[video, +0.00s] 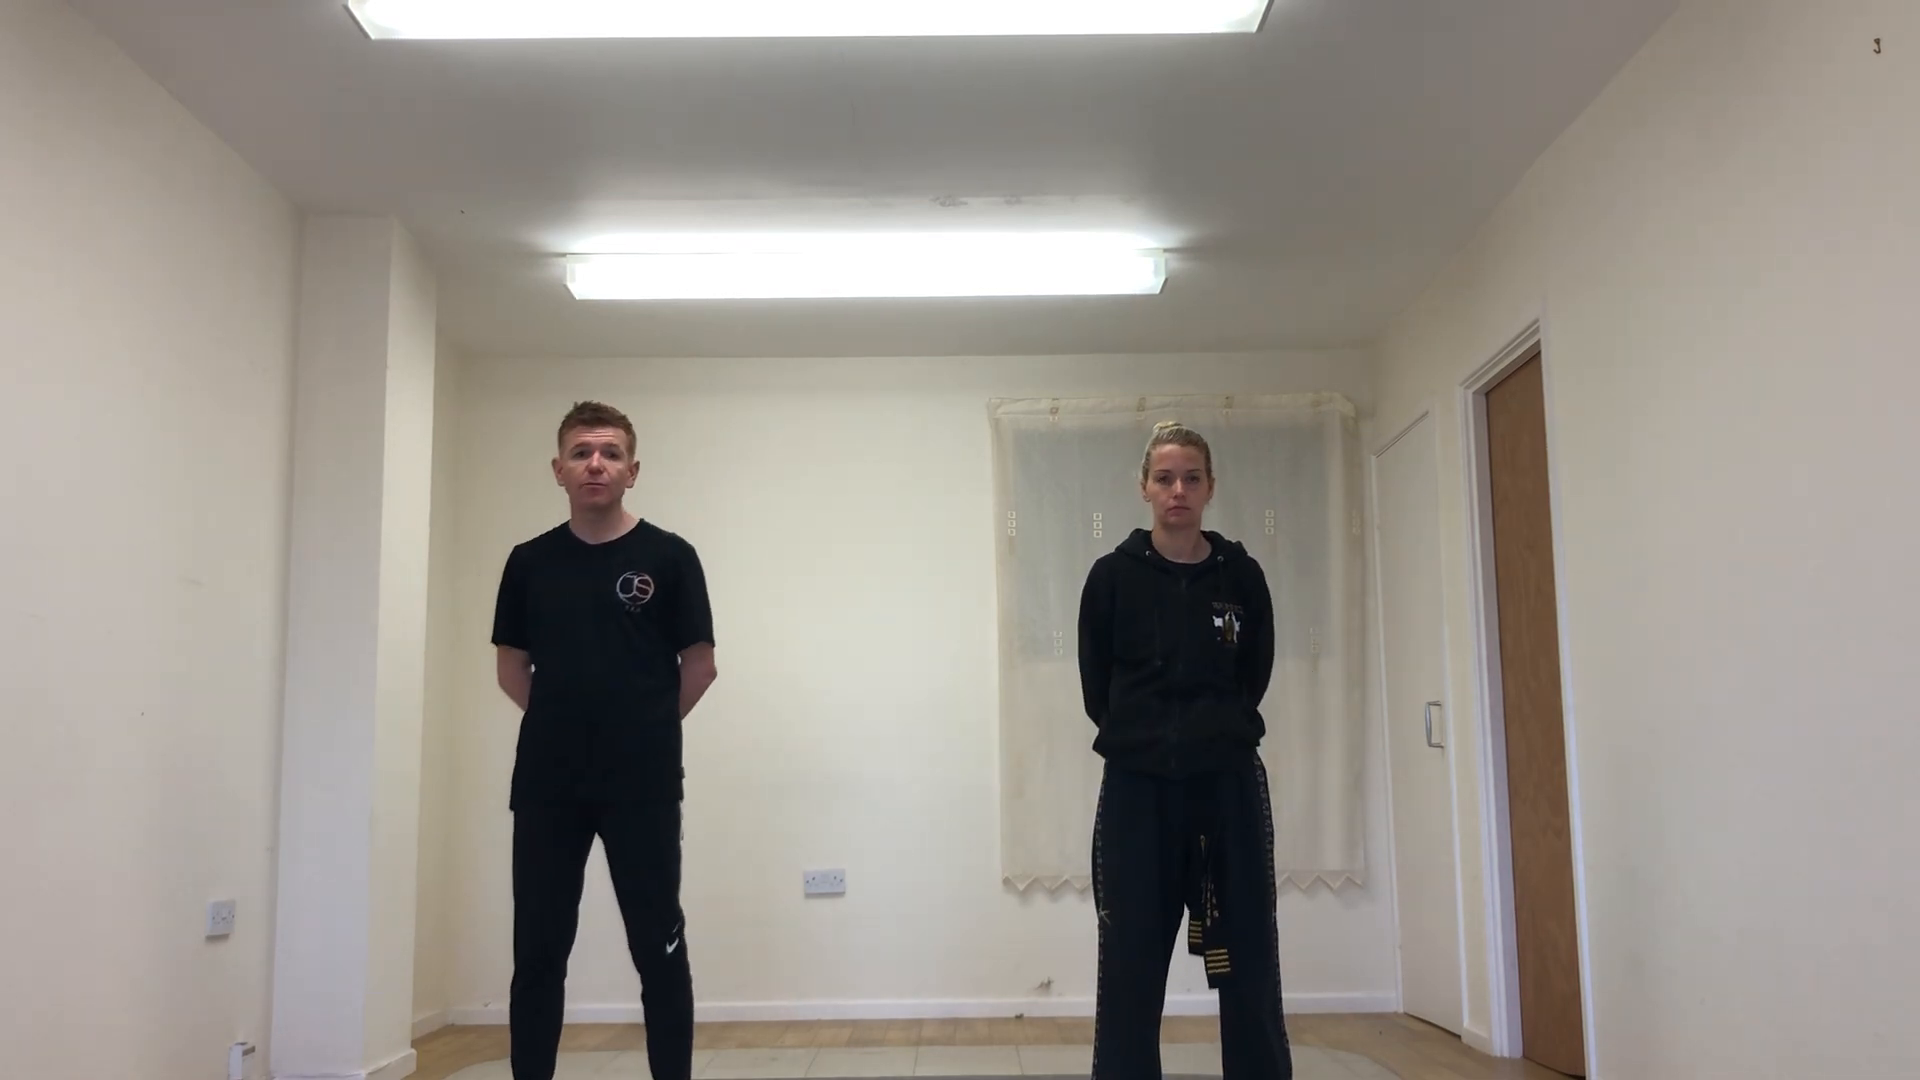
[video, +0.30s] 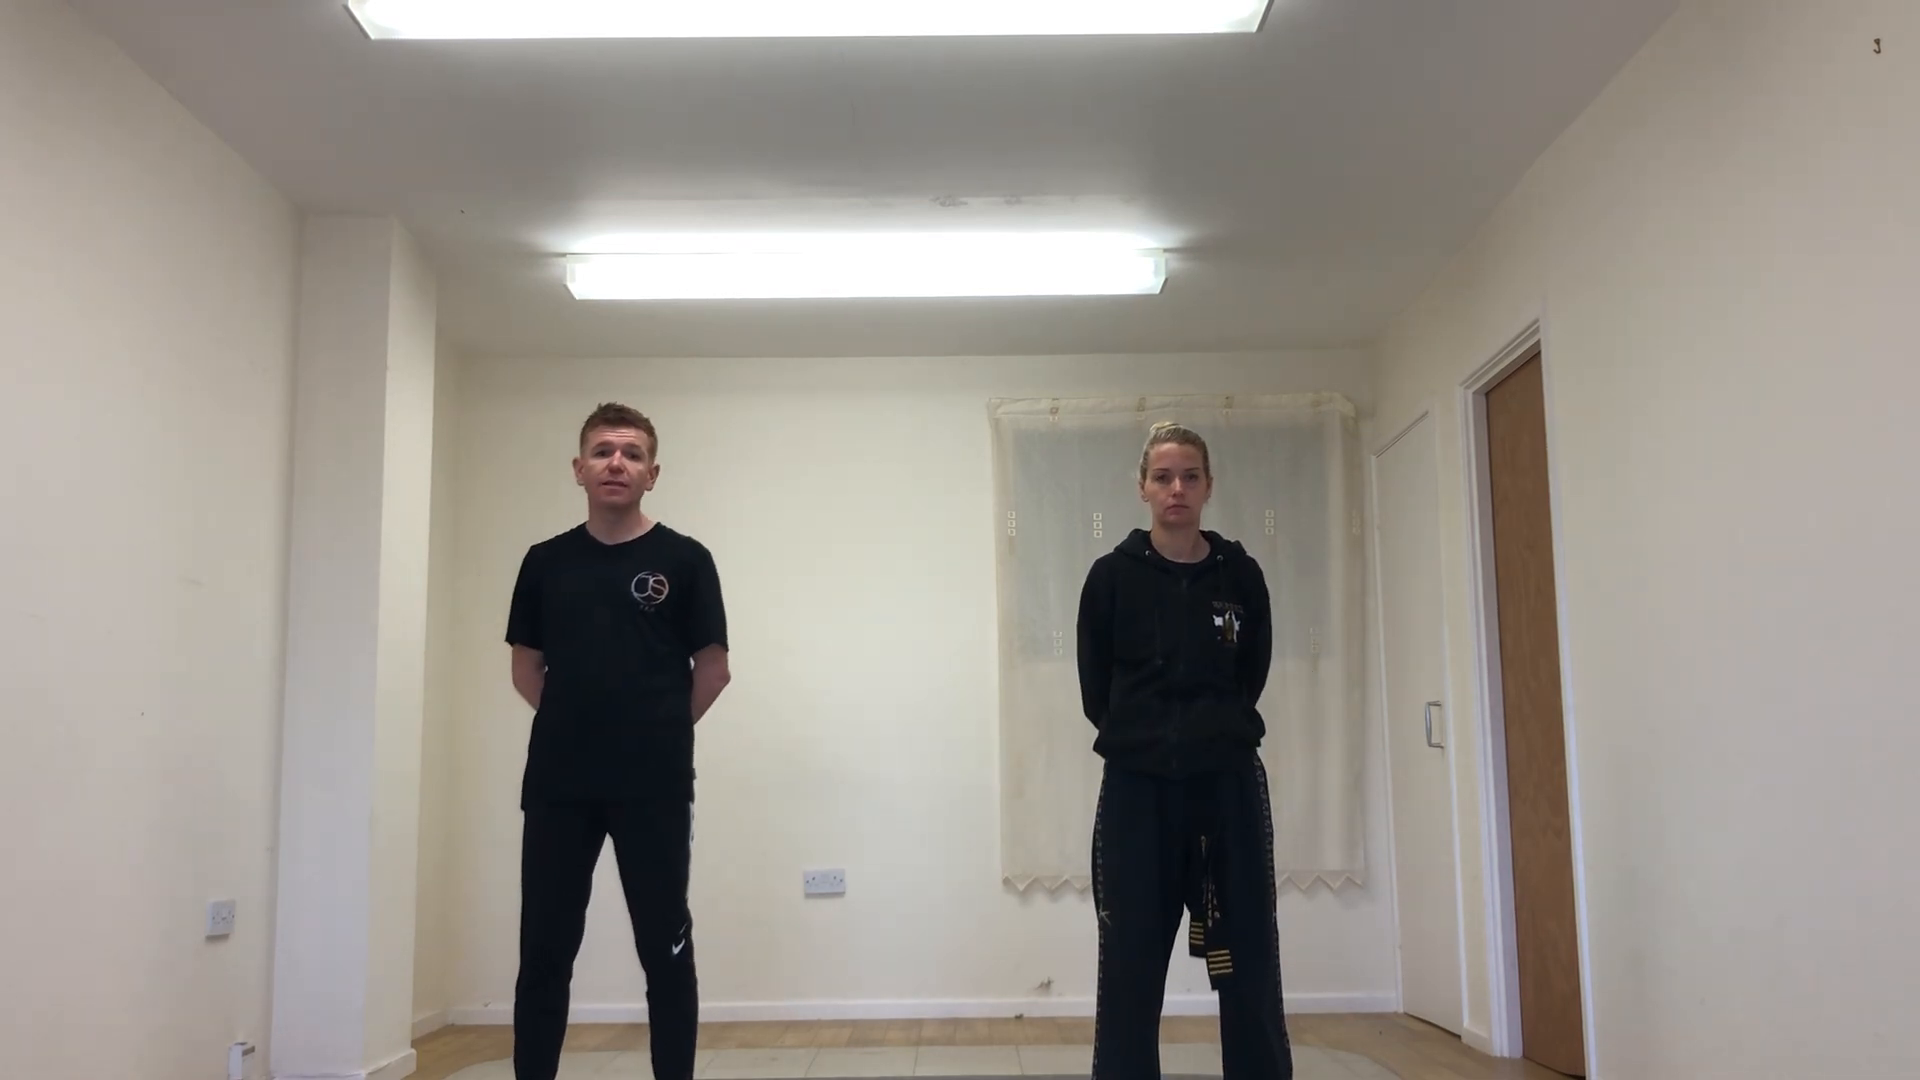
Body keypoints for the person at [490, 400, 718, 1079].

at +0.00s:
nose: (596, 463)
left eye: (610, 453)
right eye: (581, 452)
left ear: (631, 470)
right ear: (559, 470)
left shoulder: (670, 556)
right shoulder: (528, 559)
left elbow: (700, 665)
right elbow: (511, 670)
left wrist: (648, 722)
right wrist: (565, 717)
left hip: (641, 777)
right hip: (550, 777)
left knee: (659, 951)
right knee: (538, 955)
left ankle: (672, 1076)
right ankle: (531, 1076)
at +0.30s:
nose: (616, 462)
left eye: (632, 453)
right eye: (602, 451)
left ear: (651, 473)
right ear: (580, 469)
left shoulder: (685, 559)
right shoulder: (544, 560)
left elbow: (714, 667)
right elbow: (526, 670)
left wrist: (661, 724)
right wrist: (580, 717)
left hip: (653, 774)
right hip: (561, 774)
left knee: (666, 949)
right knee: (544, 949)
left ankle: (674, 1076)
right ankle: (533, 1075)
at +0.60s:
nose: (633, 464)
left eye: (649, 456)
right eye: (620, 451)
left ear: (664, 476)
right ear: (592, 466)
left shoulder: (690, 562)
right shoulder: (547, 556)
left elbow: (712, 673)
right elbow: (521, 667)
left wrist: (653, 722)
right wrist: (575, 718)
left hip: (654, 777)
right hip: (562, 774)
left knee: (666, 949)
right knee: (544, 949)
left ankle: (674, 1076)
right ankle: (533, 1076)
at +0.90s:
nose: (634, 466)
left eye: (650, 458)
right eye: (622, 452)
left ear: (664, 477)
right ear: (592, 464)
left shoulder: (688, 562)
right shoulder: (542, 552)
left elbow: (707, 672)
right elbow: (515, 661)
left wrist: (647, 719)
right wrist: (568, 715)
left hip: (648, 777)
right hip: (557, 774)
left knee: (661, 952)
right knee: (540, 953)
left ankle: (673, 1077)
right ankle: (531, 1076)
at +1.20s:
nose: (622, 467)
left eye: (639, 458)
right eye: (610, 454)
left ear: (657, 475)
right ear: (585, 465)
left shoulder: (684, 561)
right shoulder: (541, 550)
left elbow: (705, 672)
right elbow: (517, 659)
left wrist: (645, 720)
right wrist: (571, 711)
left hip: (641, 778)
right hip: (550, 774)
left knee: (659, 951)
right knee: (538, 952)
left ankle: (672, 1076)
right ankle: (530, 1076)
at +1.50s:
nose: (609, 468)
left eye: (627, 459)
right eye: (597, 455)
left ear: (648, 476)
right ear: (576, 464)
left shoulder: (675, 561)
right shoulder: (536, 551)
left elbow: (697, 673)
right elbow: (519, 659)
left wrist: (640, 728)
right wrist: (567, 716)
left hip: (628, 780)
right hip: (540, 777)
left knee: (649, 951)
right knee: (531, 954)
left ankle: (669, 1076)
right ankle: (529, 1076)